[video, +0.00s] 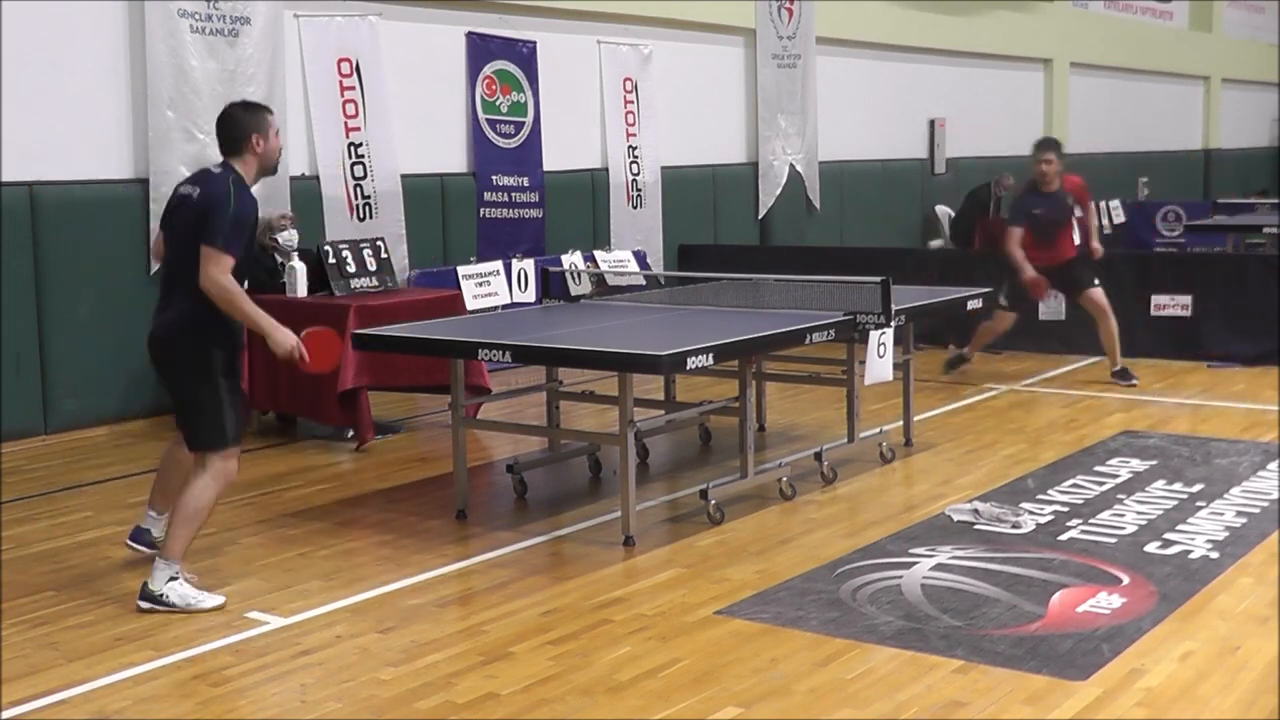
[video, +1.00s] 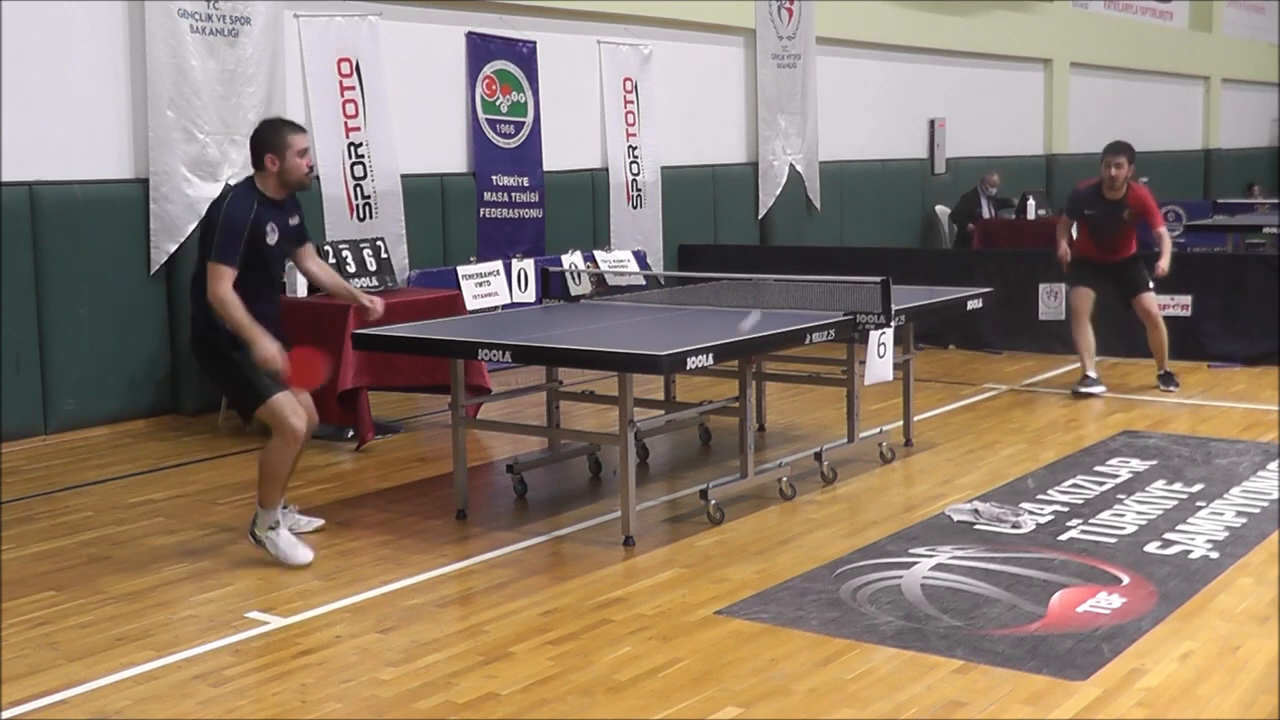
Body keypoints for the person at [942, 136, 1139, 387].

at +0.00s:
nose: (1043, 168)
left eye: (1048, 163)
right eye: (1039, 163)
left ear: (1060, 164)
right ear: (1033, 165)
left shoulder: (1074, 186)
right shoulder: (1024, 196)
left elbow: (1088, 208)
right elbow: (1012, 244)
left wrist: (1093, 240)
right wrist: (1028, 272)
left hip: (1069, 263)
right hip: (1031, 267)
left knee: (1102, 307)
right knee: (1001, 323)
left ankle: (1117, 367)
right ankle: (967, 353)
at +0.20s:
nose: (1097, 200)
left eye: (1102, 194)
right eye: (1091, 194)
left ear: (1112, 195)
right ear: (1083, 195)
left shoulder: (1116, 210)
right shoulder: (1073, 221)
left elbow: (1123, 228)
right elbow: (1076, 273)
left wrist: (1136, 255)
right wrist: (1097, 305)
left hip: (1089, 265)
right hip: (1053, 265)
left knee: (1127, 307)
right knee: (1065, 303)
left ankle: (1121, 367)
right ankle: (1068, 373)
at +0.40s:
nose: (1134, 234)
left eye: (1139, 227)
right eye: (1128, 227)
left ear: (1145, 228)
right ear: (1116, 225)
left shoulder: (1127, 243)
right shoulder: (1102, 249)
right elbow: (1106, 303)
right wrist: (1132, 336)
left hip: (1093, 283)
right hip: (1060, 285)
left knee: (1144, 315)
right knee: (1099, 311)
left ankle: (1122, 369)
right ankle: (1103, 382)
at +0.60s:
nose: (1118, 224)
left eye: (1123, 218)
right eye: (1112, 218)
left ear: (1134, 218)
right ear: (1105, 218)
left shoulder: (1141, 227)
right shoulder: (1094, 234)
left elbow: (1136, 256)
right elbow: (1083, 269)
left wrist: (1120, 272)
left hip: (1117, 276)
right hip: (1079, 275)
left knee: (1146, 326)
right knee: (1099, 309)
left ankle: (1113, 357)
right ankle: (1102, 380)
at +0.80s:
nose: (1109, 189)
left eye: (1116, 182)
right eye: (1104, 182)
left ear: (1127, 184)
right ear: (1098, 183)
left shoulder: (1141, 205)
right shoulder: (1087, 206)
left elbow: (1165, 239)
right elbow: (1048, 246)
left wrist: (1187, 278)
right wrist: (1067, 234)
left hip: (1123, 265)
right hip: (1087, 265)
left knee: (1155, 320)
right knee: (1102, 308)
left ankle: (1137, 357)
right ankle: (1103, 381)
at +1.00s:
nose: (1112, 172)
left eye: (1119, 166)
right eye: (1108, 166)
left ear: (1129, 170)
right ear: (1101, 167)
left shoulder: (1140, 196)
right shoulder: (1082, 194)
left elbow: (1162, 234)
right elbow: (1064, 223)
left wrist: (1164, 259)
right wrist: (1063, 244)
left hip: (1126, 261)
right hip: (1088, 261)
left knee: (1152, 313)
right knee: (1079, 309)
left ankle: (1163, 372)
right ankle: (1090, 375)